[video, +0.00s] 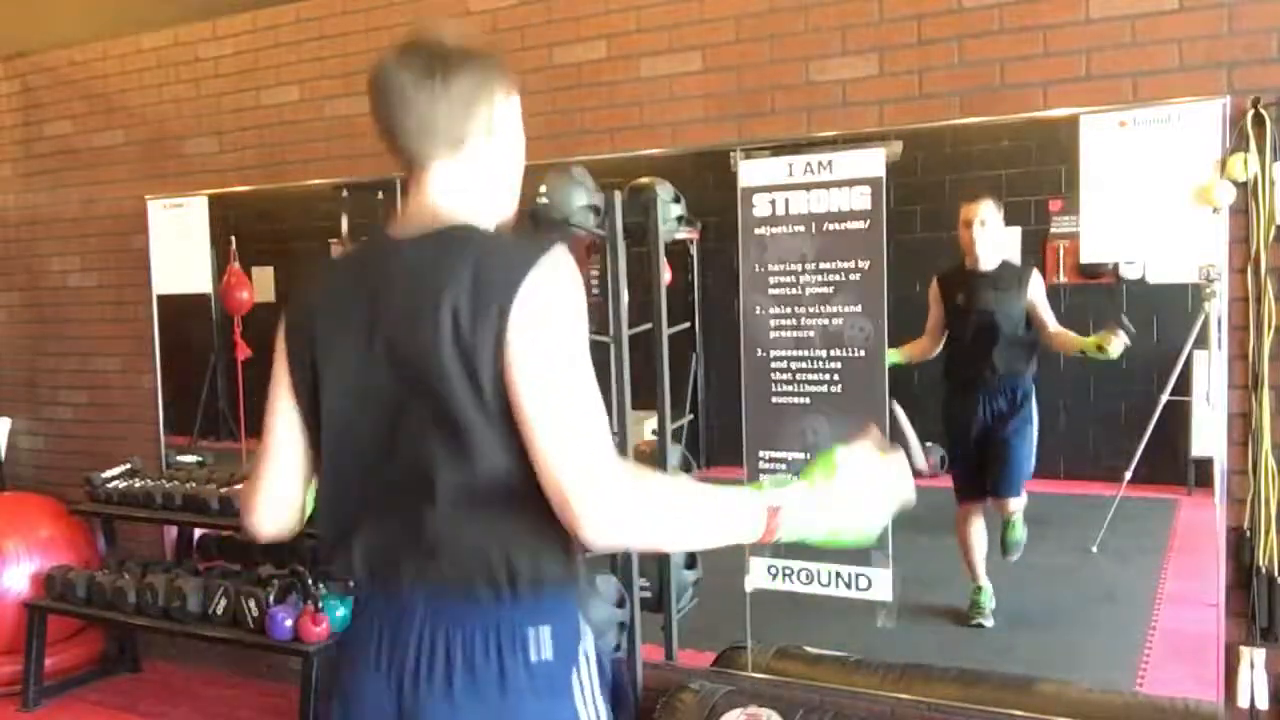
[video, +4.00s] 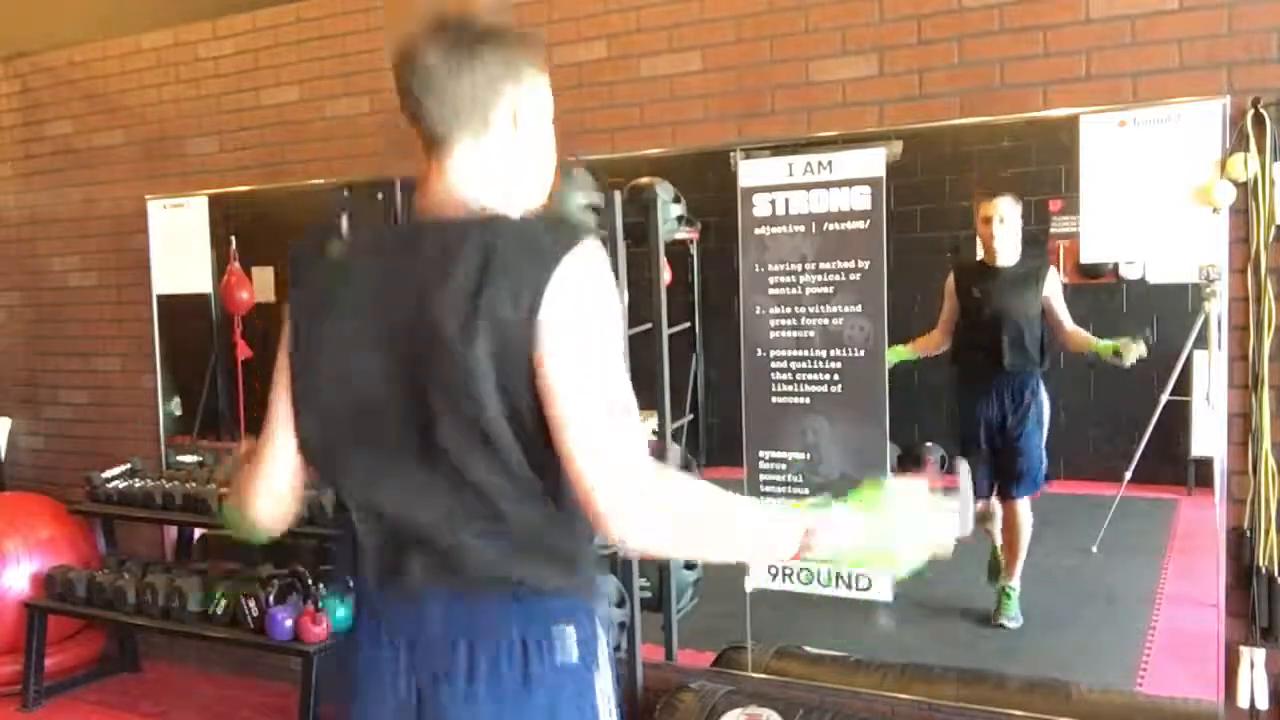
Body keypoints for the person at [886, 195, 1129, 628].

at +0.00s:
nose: (973, 233)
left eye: (983, 224)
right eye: (967, 225)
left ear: (1000, 229)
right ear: (958, 231)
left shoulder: (1026, 281)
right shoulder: (944, 284)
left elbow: (1052, 334)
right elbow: (931, 341)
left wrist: (1090, 344)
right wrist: (893, 354)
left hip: (1015, 398)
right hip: (964, 399)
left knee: (1006, 498)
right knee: (969, 502)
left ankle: (1013, 516)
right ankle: (980, 590)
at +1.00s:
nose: (995, 205)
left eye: (1004, 197)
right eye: (988, 197)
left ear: (1022, 203)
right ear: (977, 204)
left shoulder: (1043, 255)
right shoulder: (961, 254)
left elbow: (1066, 318)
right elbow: (945, 318)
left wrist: (1100, 358)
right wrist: (906, 359)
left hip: (1022, 376)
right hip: (970, 375)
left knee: (1015, 479)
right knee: (967, 478)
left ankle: (1012, 580)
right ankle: (977, 567)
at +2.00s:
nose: (974, 234)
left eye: (983, 225)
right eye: (968, 226)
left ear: (1001, 229)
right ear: (960, 231)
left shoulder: (1026, 277)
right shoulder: (946, 282)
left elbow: (1055, 332)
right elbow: (935, 338)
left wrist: (1089, 339)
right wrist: (897, 352)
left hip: (1019, 394)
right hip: (969, 395)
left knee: (1014, 494)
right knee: (980, 495)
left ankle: (1017, 598)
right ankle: (996, 585)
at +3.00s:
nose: (990, 208)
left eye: (999, 200)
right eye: (983, 200)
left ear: (1017, 208)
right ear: (973, 208)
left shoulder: (1038, 260)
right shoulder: (956, 258)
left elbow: (1062, 319)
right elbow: (936, 318)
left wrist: (1095, 351)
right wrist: (898, 354)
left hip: (1015, 381)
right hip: (966, 379)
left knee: (1010, 483)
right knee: (965, 482)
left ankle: (1007, 580)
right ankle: (972, 579)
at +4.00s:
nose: (991, 229)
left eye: (999, 221)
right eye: (985, 221)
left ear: (1018, 226)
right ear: (976, 227)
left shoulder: (1042, 276)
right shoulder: (960, 278)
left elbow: (1067, 333)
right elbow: (942, 335)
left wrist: (1106, 348)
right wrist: (903, 351)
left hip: (1024, 391)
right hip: (974, 392)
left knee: (1016, 495)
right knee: (980, 501)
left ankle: (1011, 589)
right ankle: (996, 545)